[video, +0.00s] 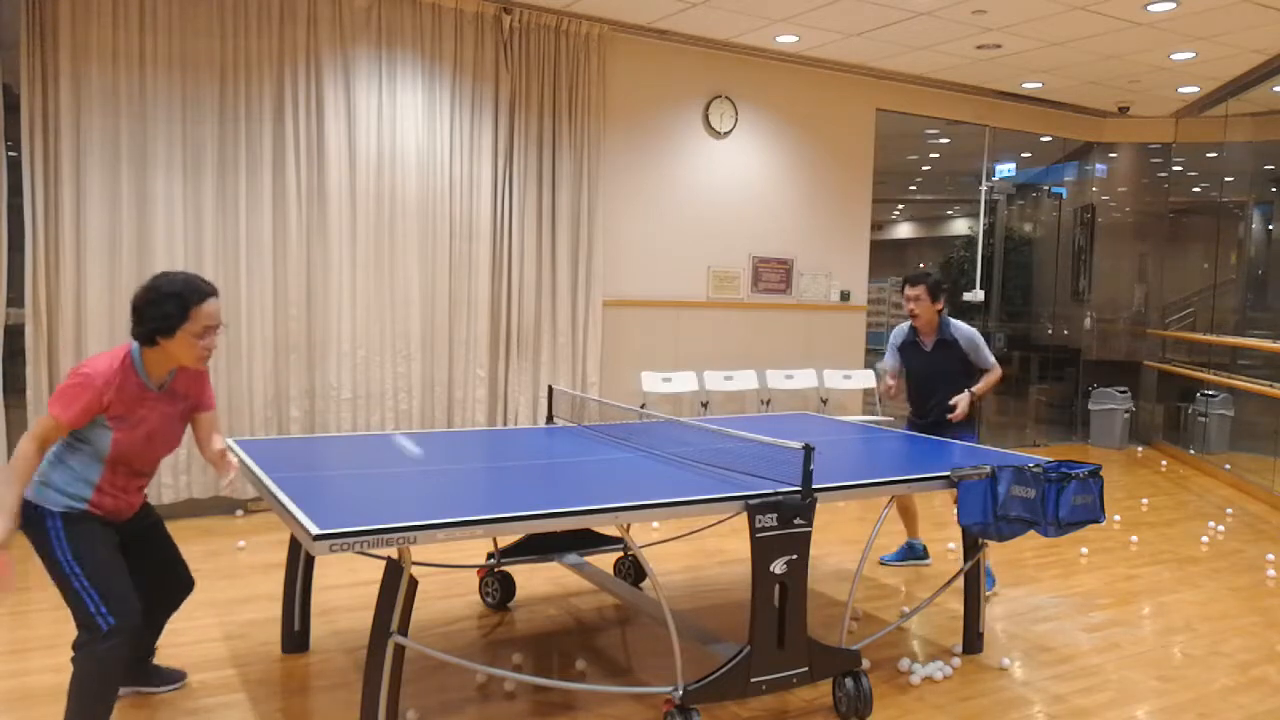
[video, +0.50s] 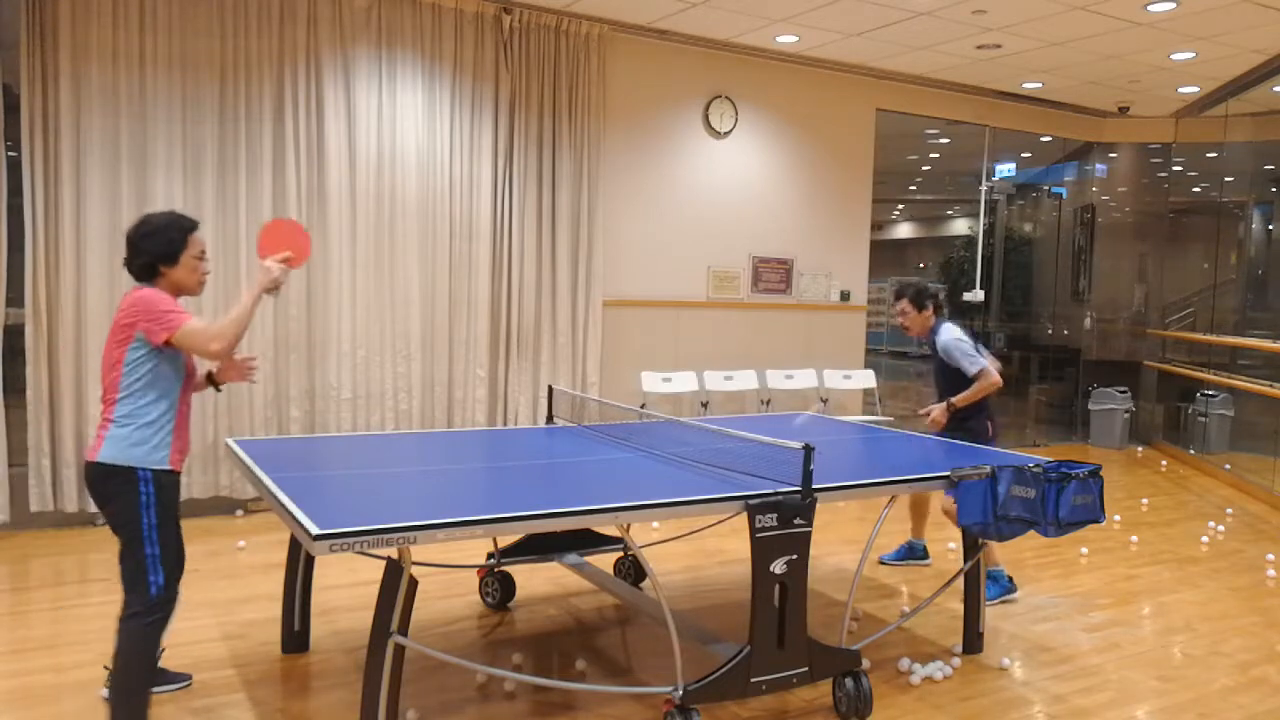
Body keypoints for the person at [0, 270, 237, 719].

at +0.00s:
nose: (214, 343)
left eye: (216, 331)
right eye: (205, 334)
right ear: (162, 334)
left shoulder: (193, 374)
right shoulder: (101, 377)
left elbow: (208, 432)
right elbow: (35, 441)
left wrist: (222, 456)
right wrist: (7, 518)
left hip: (123, 505)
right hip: (62, 508)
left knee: (170, 583)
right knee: (113, 627)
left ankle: (132, 667)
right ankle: (85, 714)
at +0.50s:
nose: (207, 264)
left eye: (205, 254)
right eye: (197, 255)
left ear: (168, 262)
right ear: (165, 262)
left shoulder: (159, 308)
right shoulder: (146, 302)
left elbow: (158, 389)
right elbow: (217, 343)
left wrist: (212, 377)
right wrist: (258, 288)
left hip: (148, 464)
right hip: (132, 465)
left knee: (165, 568)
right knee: (150, 588)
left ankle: (136, 667)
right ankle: (128, 705)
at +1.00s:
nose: (236, 348)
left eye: (237, 337)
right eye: (227, 339)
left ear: (196, 343)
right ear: (190, 342)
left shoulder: (203, 382)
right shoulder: (133, 380)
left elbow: (199, 450)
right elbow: (82, 438)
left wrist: (213, 438)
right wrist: (52, 463)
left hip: (134, 514)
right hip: (81, 516)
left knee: (193, 578)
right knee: (155, 619)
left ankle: (134, 673)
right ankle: (129, 709)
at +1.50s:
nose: (195, 272)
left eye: (192, 262)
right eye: (186, 264)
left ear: (156, 276)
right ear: (155, 275)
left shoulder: (142, 322)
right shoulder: (127, 318)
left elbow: (156, 390)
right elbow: (166, 380)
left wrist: (201, 375)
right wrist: (237, 330)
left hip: (124, 485)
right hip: (102, 488)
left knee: (155, 576)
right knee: (155, 612)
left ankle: (130, 676)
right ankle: (122, 708)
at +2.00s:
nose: (211, 312)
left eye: (214, 300)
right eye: (202, 301)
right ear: (163, 300)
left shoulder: (167, 352)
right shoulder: (118, 343)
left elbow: (147, 422)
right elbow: (85, 421)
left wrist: (190, 409)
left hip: (113, 506)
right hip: (73, 508)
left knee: (127, 598)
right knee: (157, 627)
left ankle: (114, 679)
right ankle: (124, 709)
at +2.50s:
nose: (179, 276)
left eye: (177, 265)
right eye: (169, 266)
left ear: (140, 274)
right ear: (132, 271)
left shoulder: (123, 325)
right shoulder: (92, 318)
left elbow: (139, 396)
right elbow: (93, 408)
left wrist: (193, 376)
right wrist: (181, 394)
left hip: (67, 499)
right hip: (40, 498)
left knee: (72, 628)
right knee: (100, 631)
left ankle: (52, 710)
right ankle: (72, 714)